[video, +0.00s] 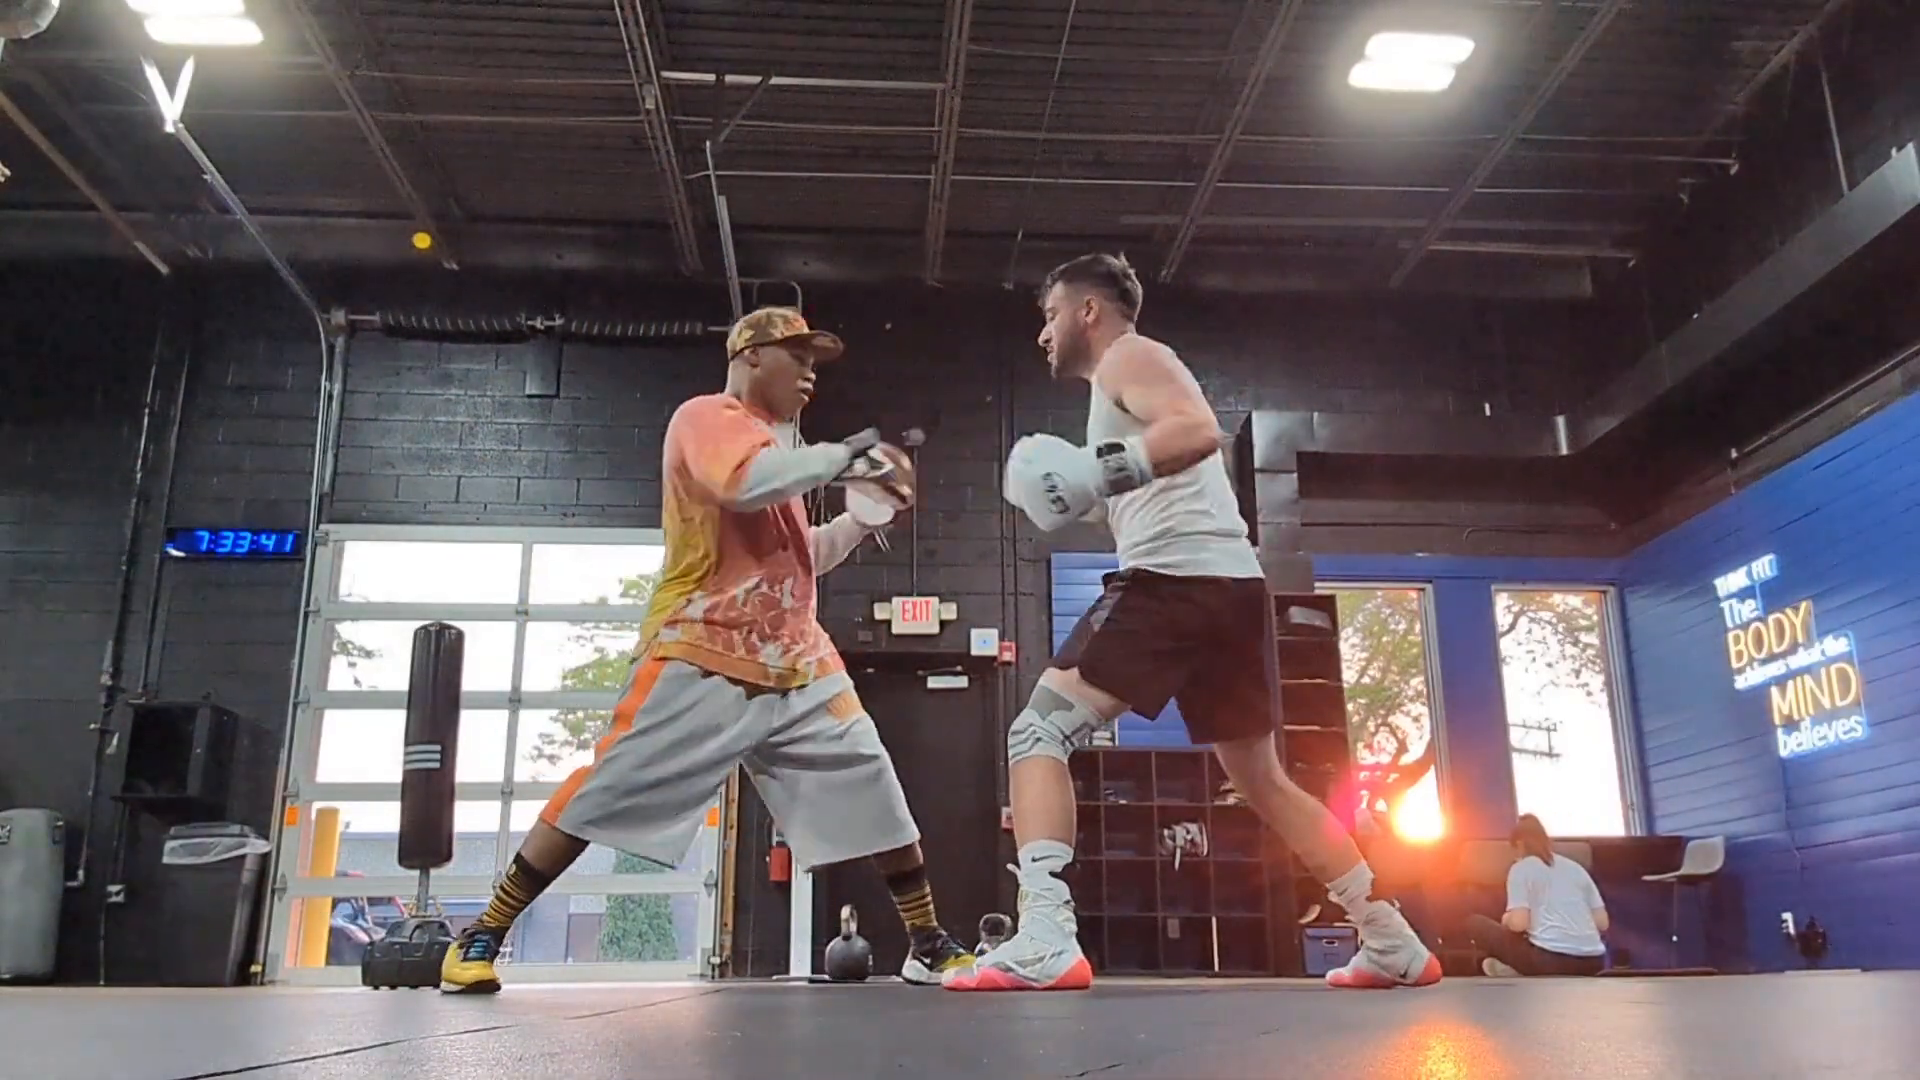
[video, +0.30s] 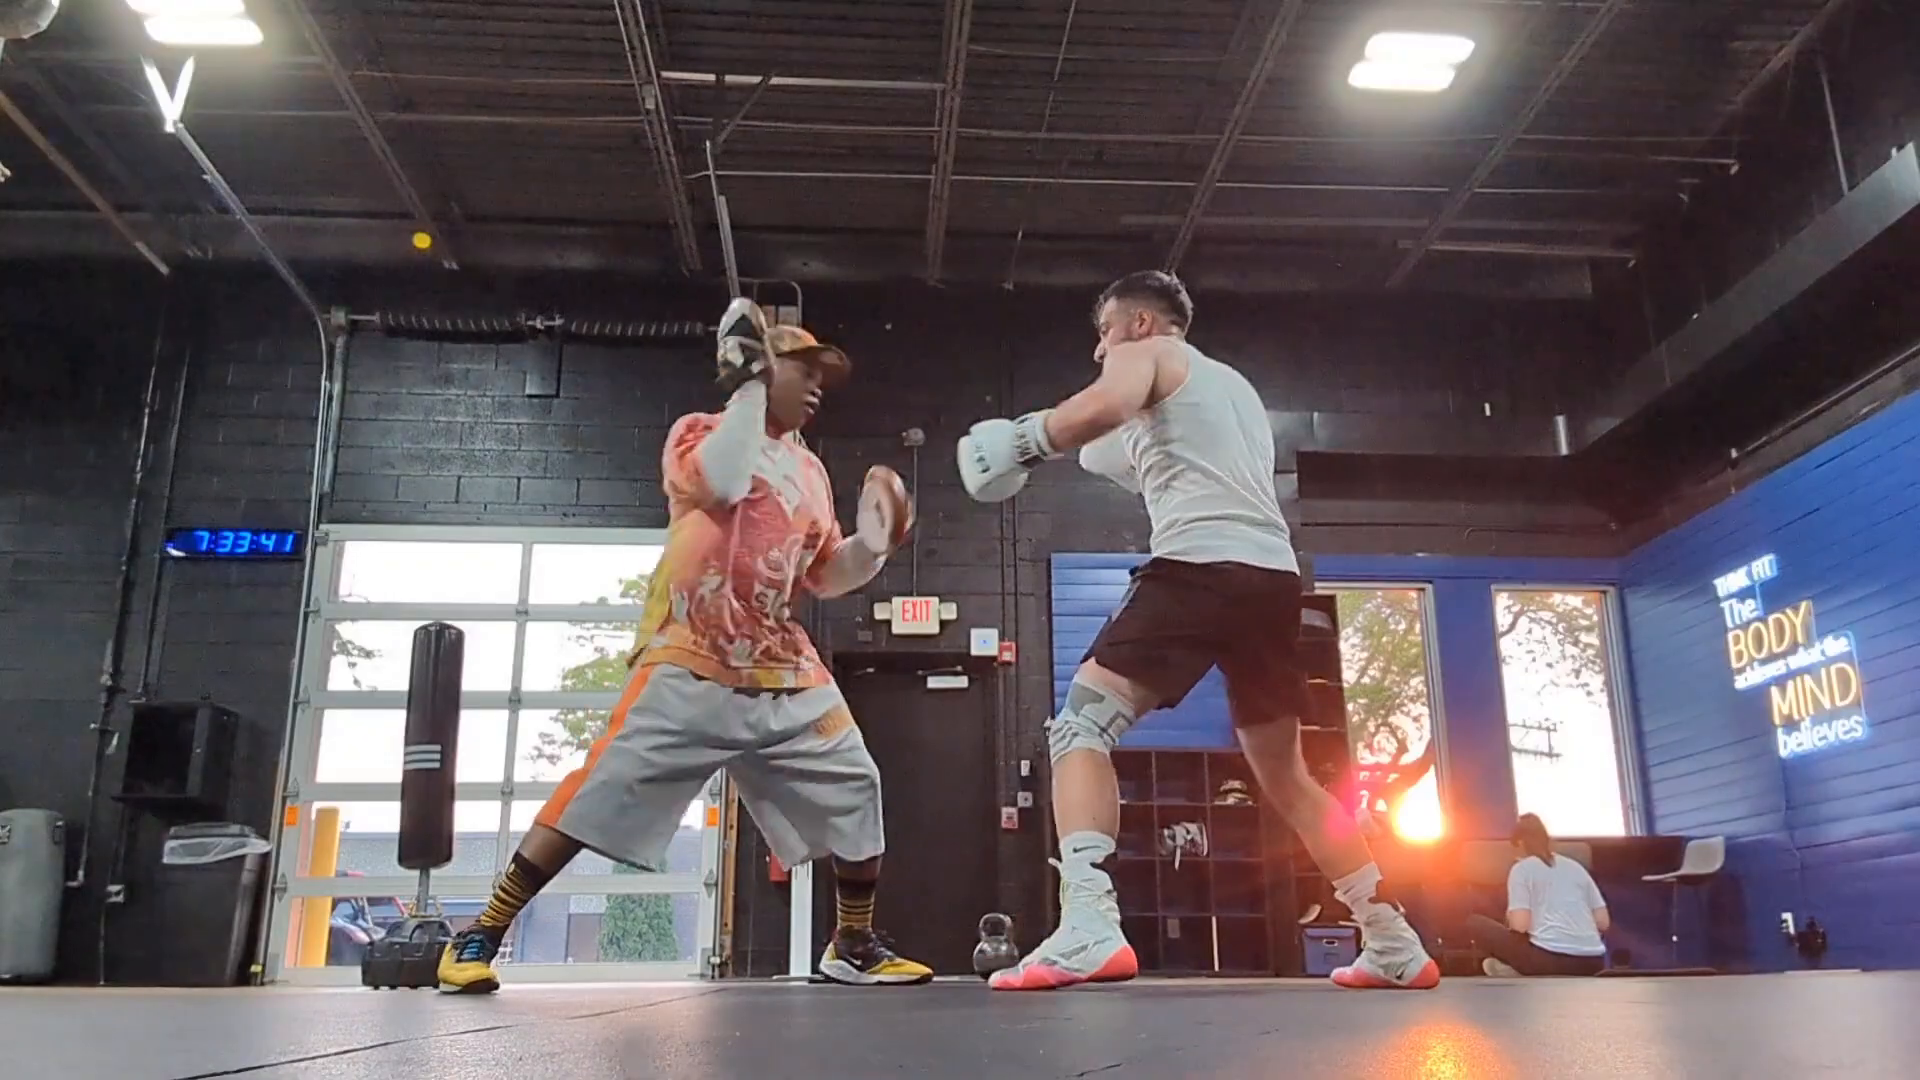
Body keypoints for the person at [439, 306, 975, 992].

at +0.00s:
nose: (813, 377)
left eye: (815, 365)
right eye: (800, 360)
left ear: (777, 370)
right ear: (752, 359)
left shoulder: (782, 452)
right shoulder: (704, 415)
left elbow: (800, 559)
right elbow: (739, 483)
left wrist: (861, 517)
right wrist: (845, 453)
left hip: (796, 648)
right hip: (704, 643)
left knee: (873, 773)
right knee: (607, 785)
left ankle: (929, 944)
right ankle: (484, 937)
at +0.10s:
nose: (786, 368)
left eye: (790, 358)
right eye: (773, 352)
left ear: (780, 370)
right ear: (723, 353)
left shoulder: (782, 445)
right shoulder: (665, 425)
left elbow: (850, 522)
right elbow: (660, 529)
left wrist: (943, 477)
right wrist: (762, 491)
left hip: (778, 648)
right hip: (677, 643)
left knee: (855, 774)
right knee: (592, 783)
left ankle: (916, 939)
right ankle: (476, 937)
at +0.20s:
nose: (776, 373)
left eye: (782, 361)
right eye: (759, 356)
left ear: (783, 371)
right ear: (710, 359)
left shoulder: (789, 449)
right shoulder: (657, 435)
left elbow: (875, 504)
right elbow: (647, 532)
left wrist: (957, 457)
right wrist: (727, 464)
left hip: (776, 641)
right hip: (675, 640)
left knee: (861, 764)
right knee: (596, 776)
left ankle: (862, 928)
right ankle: (480, 935)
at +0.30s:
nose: (818, 385)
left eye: (820, 373)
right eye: (803, 368)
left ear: (810, 383)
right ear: (757, 371)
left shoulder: (809, 469)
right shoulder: (697, 433)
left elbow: (823, 577)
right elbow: (713, 485)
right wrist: (750, 386)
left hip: (783, 655)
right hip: (692, 649)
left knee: (856, 782)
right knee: (605, 782)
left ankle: (854, 943)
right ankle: (484, 935)